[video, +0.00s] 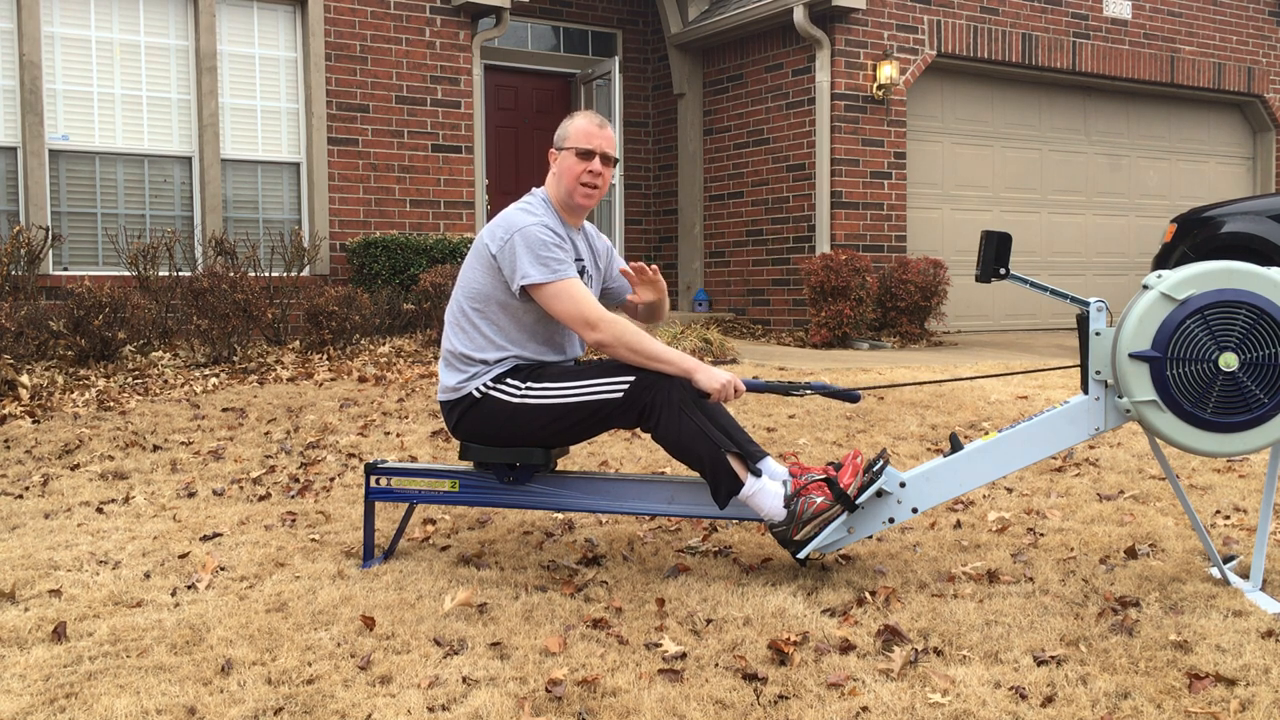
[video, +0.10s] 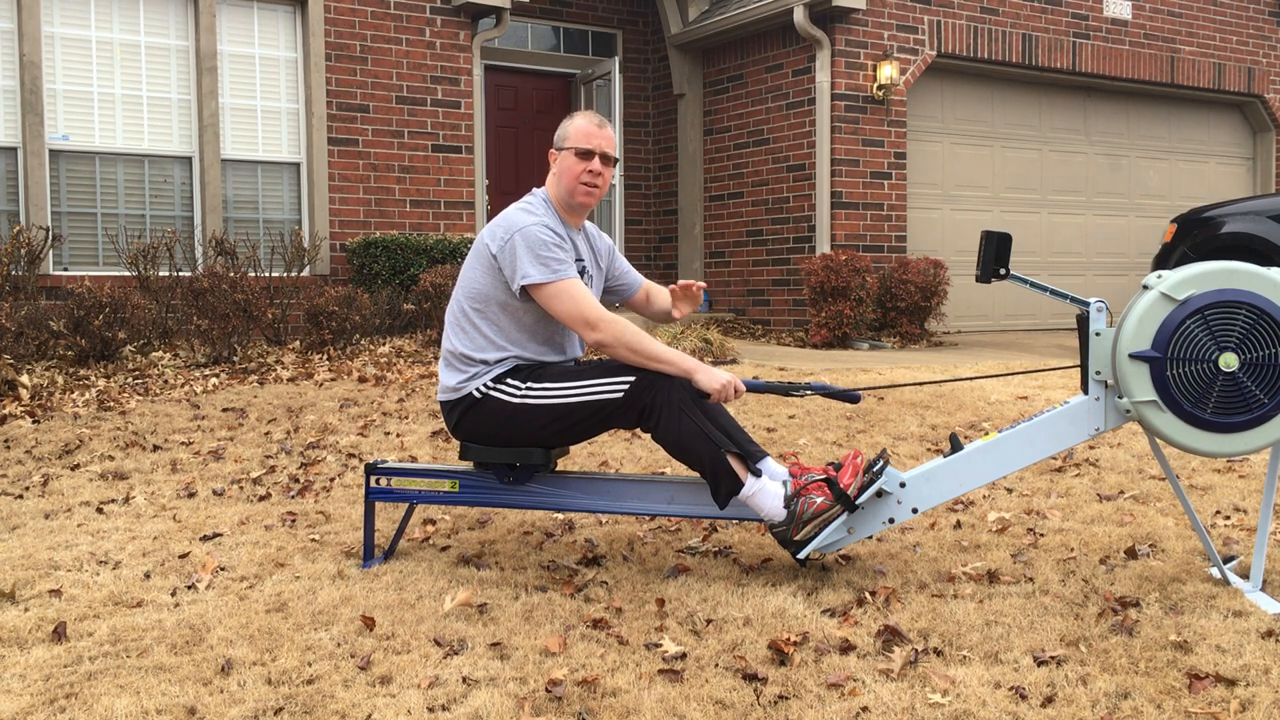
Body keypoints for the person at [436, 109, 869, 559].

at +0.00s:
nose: (596, 170)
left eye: (607, 162)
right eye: (584, 156)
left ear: (612, 173)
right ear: (553, 158)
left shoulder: (592, 239)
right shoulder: (525, 226)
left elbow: (644, 323)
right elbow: (595, 330)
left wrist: (654, 303)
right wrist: (699, 371)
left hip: (540, 377)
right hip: (486, 390)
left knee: (674, 379)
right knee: (651, 388)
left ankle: (786, 485)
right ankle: (775, 509)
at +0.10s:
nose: (596, 170)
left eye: (607, 162)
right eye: (584, 155)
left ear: (613, 173)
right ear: (553, 159)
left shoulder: (588, 236)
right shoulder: (525, 227)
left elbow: (647, 296)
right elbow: (595, 330)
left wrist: (673, 302)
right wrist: (699, 371)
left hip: (539, 377)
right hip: (486, 391)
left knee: (675, 379)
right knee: (650, 388)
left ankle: (785, 484)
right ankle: (776, 509)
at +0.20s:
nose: (595, 168)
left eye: (606, 161)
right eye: (583, 155)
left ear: (612, 173)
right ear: (552, 159)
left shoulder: (592, 237)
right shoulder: (525, 227)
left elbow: (651, 293)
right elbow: (596, 329)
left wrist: (710, 304)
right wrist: (700, 372)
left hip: (539, 376)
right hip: (486, 390)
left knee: (675, 378)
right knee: (650, 388)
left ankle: (785, 484)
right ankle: (776, 509)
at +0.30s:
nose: (594, 168)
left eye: (605, 160)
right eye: (582, 154)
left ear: (612, 172)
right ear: (551, 159)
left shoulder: (594, 238)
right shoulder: (526, 227)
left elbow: (662, 291)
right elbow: (597, 330)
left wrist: (743, 294)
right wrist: (699, 371)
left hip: (540, 377)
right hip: (487, 391)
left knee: (676, 379)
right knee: (651, 388)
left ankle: (786, 485)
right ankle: (775, 509)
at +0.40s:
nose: (594, 168)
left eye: (605, 159)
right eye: (581, 154)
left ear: (612, 171)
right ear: (551, 159)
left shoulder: (595, 238)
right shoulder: (525, 227)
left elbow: (668, 287)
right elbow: (597, 329)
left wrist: (759, 282)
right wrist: (698, 370)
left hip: (540, 377)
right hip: (487, 391)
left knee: (676, 378)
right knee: (650, 387)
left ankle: (787, 485)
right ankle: (775, 509)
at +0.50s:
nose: (593, 167)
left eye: (604, 159)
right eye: (580, 154)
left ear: (611, 171)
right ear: (550, 159)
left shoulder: (594, 236)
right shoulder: (525, 227)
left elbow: (670, 285)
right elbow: (596, 328)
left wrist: (759, 275)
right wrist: (699, 370)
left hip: (542, 376)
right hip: (487, 391)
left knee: (677, 378)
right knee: (651, 388)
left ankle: (786, 483)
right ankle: (775, 509)